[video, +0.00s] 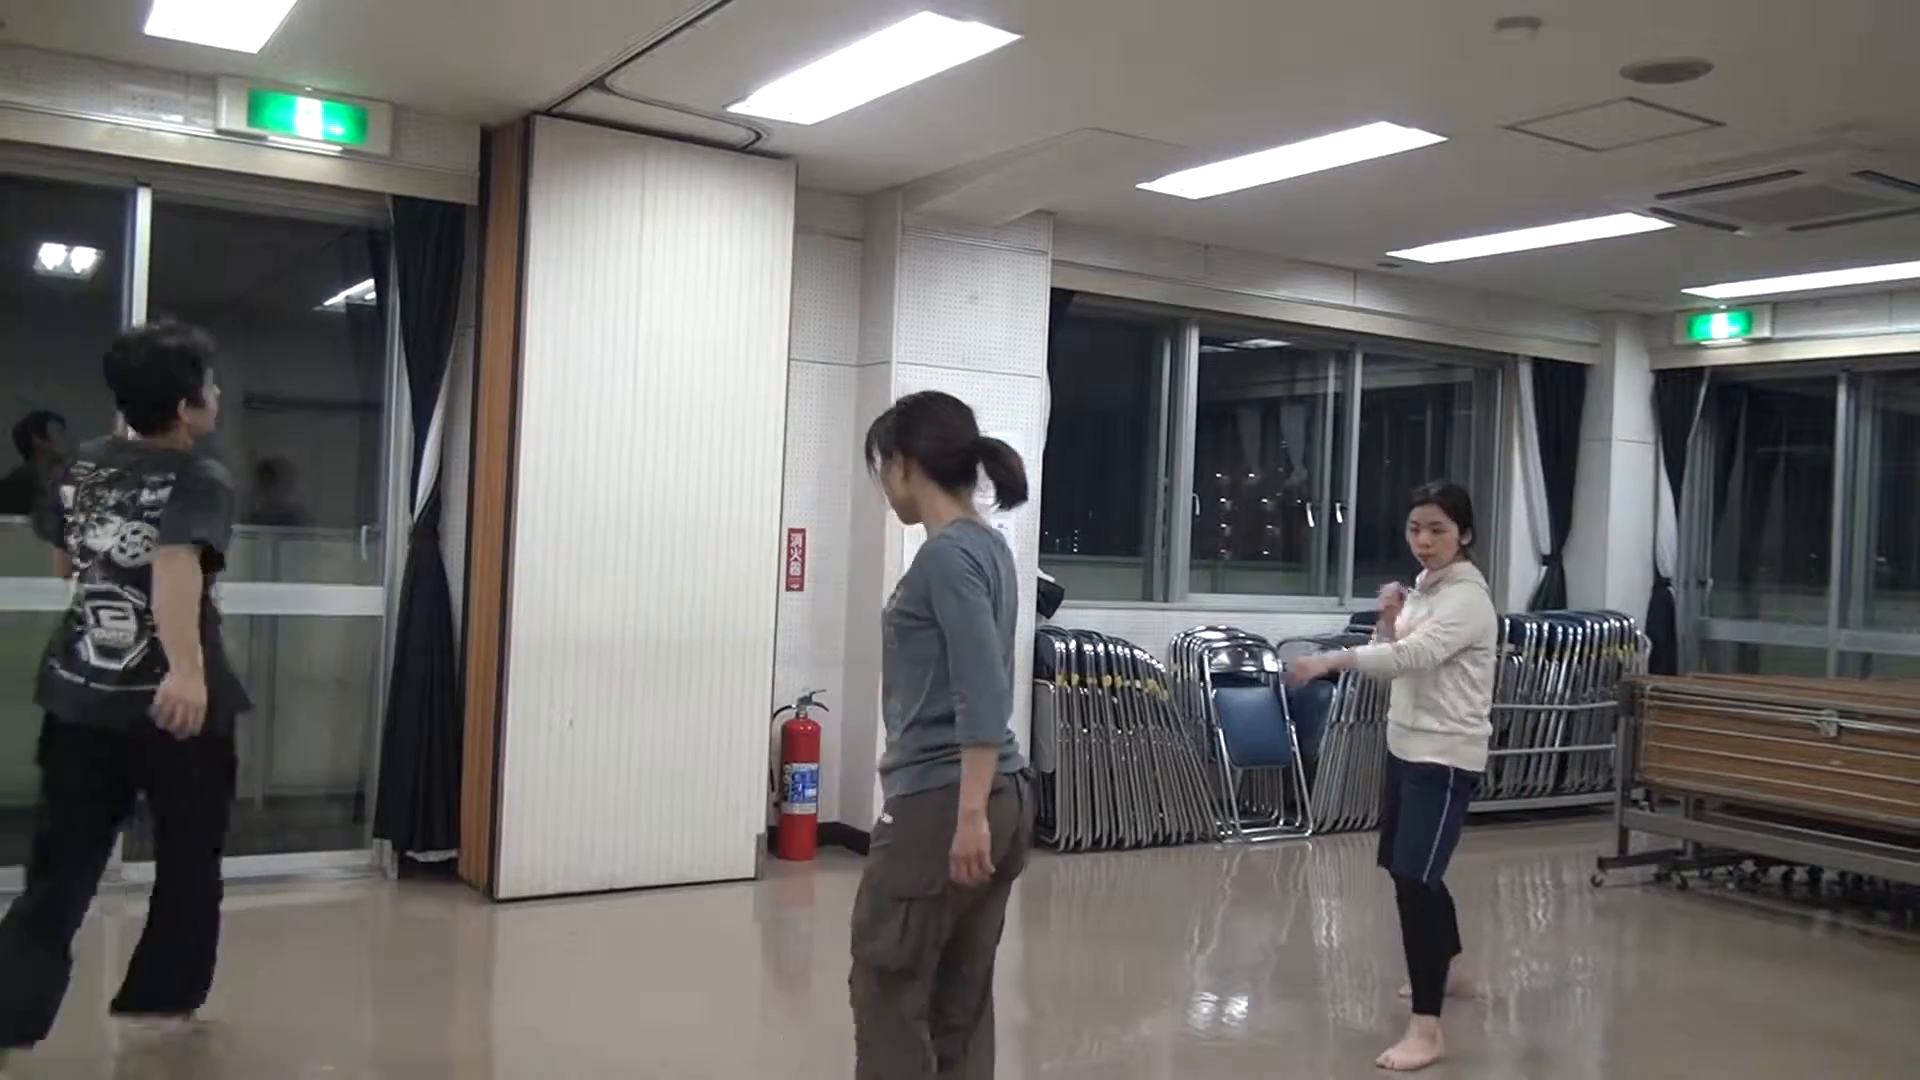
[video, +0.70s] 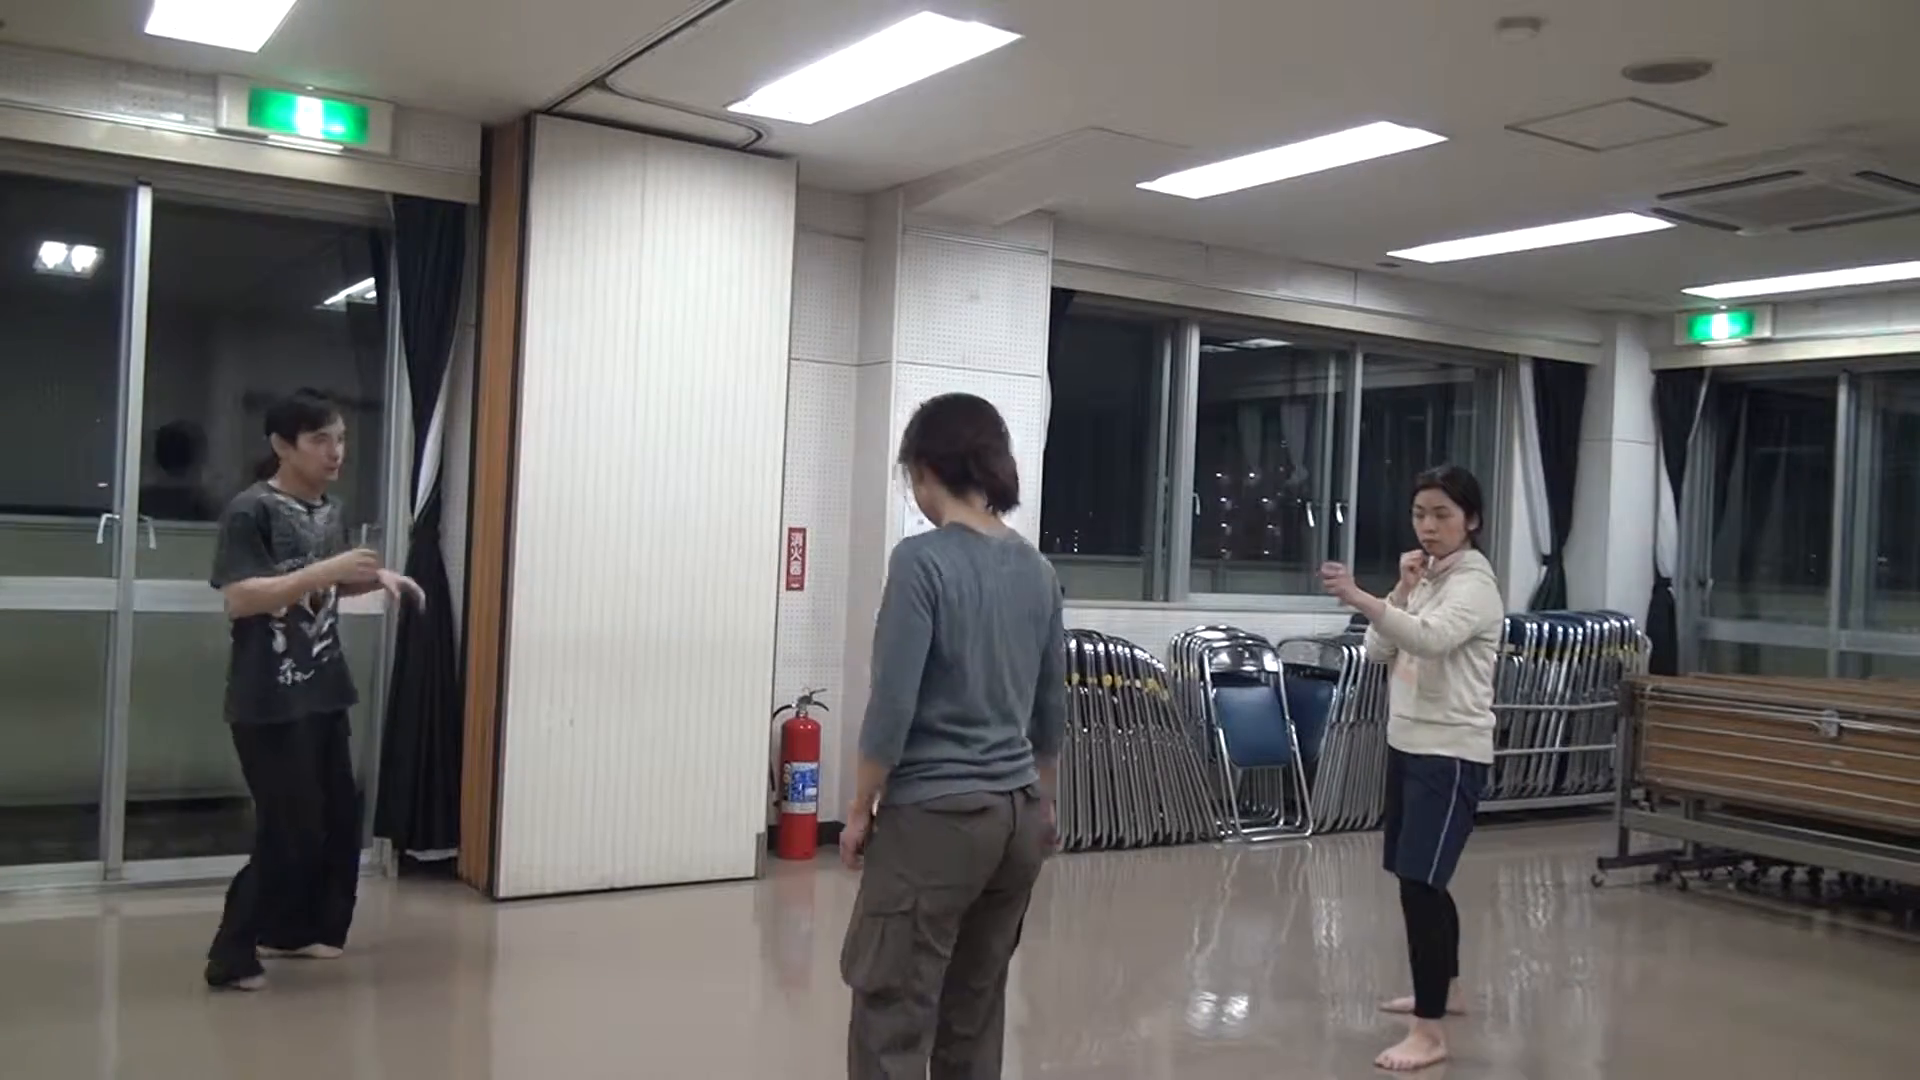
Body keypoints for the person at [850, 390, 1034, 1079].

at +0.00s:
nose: (882, 486)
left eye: (881, 469)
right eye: (879, 470)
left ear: (906, 464)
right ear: (961, 462)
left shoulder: (948, 555)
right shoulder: (989, 548)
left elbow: (982, 691)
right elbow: (981, 689)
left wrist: (972, 812)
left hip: (939, 805)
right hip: (992, 799)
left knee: (885, 990)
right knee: (961, 1002)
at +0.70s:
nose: (913, 492)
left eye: (913, 474)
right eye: (912, 476)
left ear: (928, 471)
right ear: (992, 469)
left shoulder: (922, 559)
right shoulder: (1038, 570)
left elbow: (893, 703)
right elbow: (1051, 705)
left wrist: (861, 808)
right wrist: (1042, 800)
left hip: (932, 824)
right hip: (1017, 821)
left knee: (893, 1019)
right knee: (973, 1017)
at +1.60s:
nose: (957, 472)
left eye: (959, 460)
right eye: (960, 460)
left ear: (968, 468)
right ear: (1048, 470)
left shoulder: (932, 569)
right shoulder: (1091, 571)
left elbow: (883, 704)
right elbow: (1118, 705)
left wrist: (860, 812)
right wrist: (1127, 824)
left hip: (961, 828)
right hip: (1073, 827)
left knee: (933, 1029)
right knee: (1088, 1029)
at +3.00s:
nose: (974, 493)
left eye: (976, 477)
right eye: (973, 479)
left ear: (1003, 478)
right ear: (1054, 481)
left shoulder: (954, 564)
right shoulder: (1106, 581)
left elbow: (878, 657)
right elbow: (1109, 711)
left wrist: (822, 708)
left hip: (965, 809)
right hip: (1070, 811)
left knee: (922, 995)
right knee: (1086, 1011)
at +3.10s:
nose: (974, 492)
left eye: (976, 476)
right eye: (973, 478)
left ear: (1002, 478)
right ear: (1056, 481)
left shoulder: (949, 563)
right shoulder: (1106, 578)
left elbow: (875, 642)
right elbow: (1099, 681)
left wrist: (824, 680)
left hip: (957, 806)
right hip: (1065, 808)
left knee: (919, 993)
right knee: (1086, 1008)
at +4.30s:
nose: (997, 522)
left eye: (1001, 508)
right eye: (998, 508)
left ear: (1030, 511)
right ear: (1076, 512)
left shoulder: (975, 593)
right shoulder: (1131, 604)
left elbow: (889, 646)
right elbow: (1125, 701)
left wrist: (894, 604)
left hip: (998, 836)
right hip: (1107, 835)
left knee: (919, 997)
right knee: (1157, 1009)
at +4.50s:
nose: (1064, 550)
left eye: (1071, 536)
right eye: (1065, 537)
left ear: (1101, 543)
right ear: (1147, 545)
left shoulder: (1046, 625)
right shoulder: (1196, 640)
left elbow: (950, 689)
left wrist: (960, 649)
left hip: (1070, 874)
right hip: (1179, 871)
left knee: (955, 1018)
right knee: (1258, 1025)